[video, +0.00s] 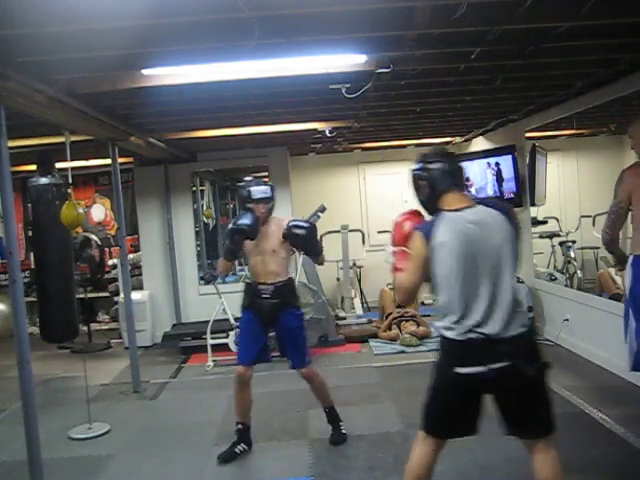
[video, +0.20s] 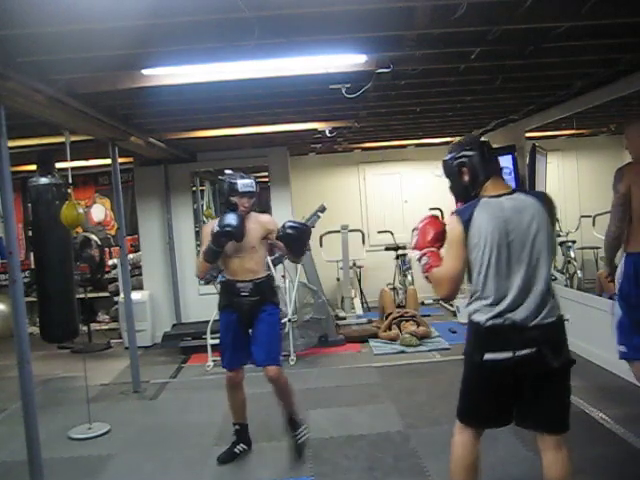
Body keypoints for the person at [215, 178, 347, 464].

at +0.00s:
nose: (259, 209)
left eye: (264, 203)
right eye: (254, 204)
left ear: (271, 203)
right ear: (246, 205)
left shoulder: (286, 226)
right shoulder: (242, 231)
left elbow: (319, 258)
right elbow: (223, 269)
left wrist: (310, 240)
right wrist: (234, 241)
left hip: (285, 299)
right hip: (254, 301)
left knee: (305, 369)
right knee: (242, 373)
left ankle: (335, 422)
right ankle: (243, 439)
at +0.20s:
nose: (245, 203)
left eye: (249, 197)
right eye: (240, 197)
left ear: (255, 197)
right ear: (227, 198)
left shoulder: (265, 222)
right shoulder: (213, 228)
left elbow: (293, 257)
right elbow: (201, 273)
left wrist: (298, 243)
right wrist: (217, 244)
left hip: (264, 299)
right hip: (230, 301)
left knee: (272, 371)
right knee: (233, 376)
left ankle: (294, 423)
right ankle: (242, 438)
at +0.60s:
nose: (241, 202)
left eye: (243, 196)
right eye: (235, 196)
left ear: (243, 198)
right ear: (217, 196)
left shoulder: (249, 225)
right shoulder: (195, 228)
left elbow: (276, 264)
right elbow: (184, 277)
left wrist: (290, 248)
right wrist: (209, 246)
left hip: (246, 311)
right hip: (209, 312)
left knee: (245, 393)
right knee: (201, 394)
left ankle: (242, 464)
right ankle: (209, 444)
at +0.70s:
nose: (239, 201)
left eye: (241, 196)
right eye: (233, 195)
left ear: (240, 197)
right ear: (213, 195)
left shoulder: (245, 225)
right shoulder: (190, 226)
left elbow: (272, 264)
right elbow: (178, 274)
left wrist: (292, 250)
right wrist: (210, 241)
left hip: (243, 311)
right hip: (207, 312)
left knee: (244, 395)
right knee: (202, 399)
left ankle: (242, 465)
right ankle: (196, 470)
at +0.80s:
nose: (238, 204)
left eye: (239, 199)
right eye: (232, 198)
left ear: (233, 200)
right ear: (213, 197)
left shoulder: (235, 228)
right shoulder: (185, 228)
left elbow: (264, 267)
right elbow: (179, 277)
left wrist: (287, 253)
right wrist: (213, 242)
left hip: (239, 319)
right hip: (204, 321)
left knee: (254, 400)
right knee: (199, 404)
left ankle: (243, 463)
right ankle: (194, 472)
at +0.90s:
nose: (242, 202)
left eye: (243, 196)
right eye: (237, 196)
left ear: (225, 196)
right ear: (217, 196)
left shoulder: (234, 227)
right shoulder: (186, 227)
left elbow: (260, 265)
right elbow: (183, 279)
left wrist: (284, 249)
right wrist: (219, 246)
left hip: (240, 319)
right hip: (204, 321)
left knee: (263, 396)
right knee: (200, 406)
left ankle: (253, 463)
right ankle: (194, 470)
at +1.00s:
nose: (249, 201)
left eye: (249, 195)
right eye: (244, 195)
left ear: (229, 194)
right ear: (224, 193)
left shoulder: (240, 224)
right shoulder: (195, 225)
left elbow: (271, 257)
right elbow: (195, 278)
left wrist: (297, 241)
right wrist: (231, 246)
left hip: (244, 318)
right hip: (210, 321)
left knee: (263, 399)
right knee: (208, 409)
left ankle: (264, 471)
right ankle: (194, 471)